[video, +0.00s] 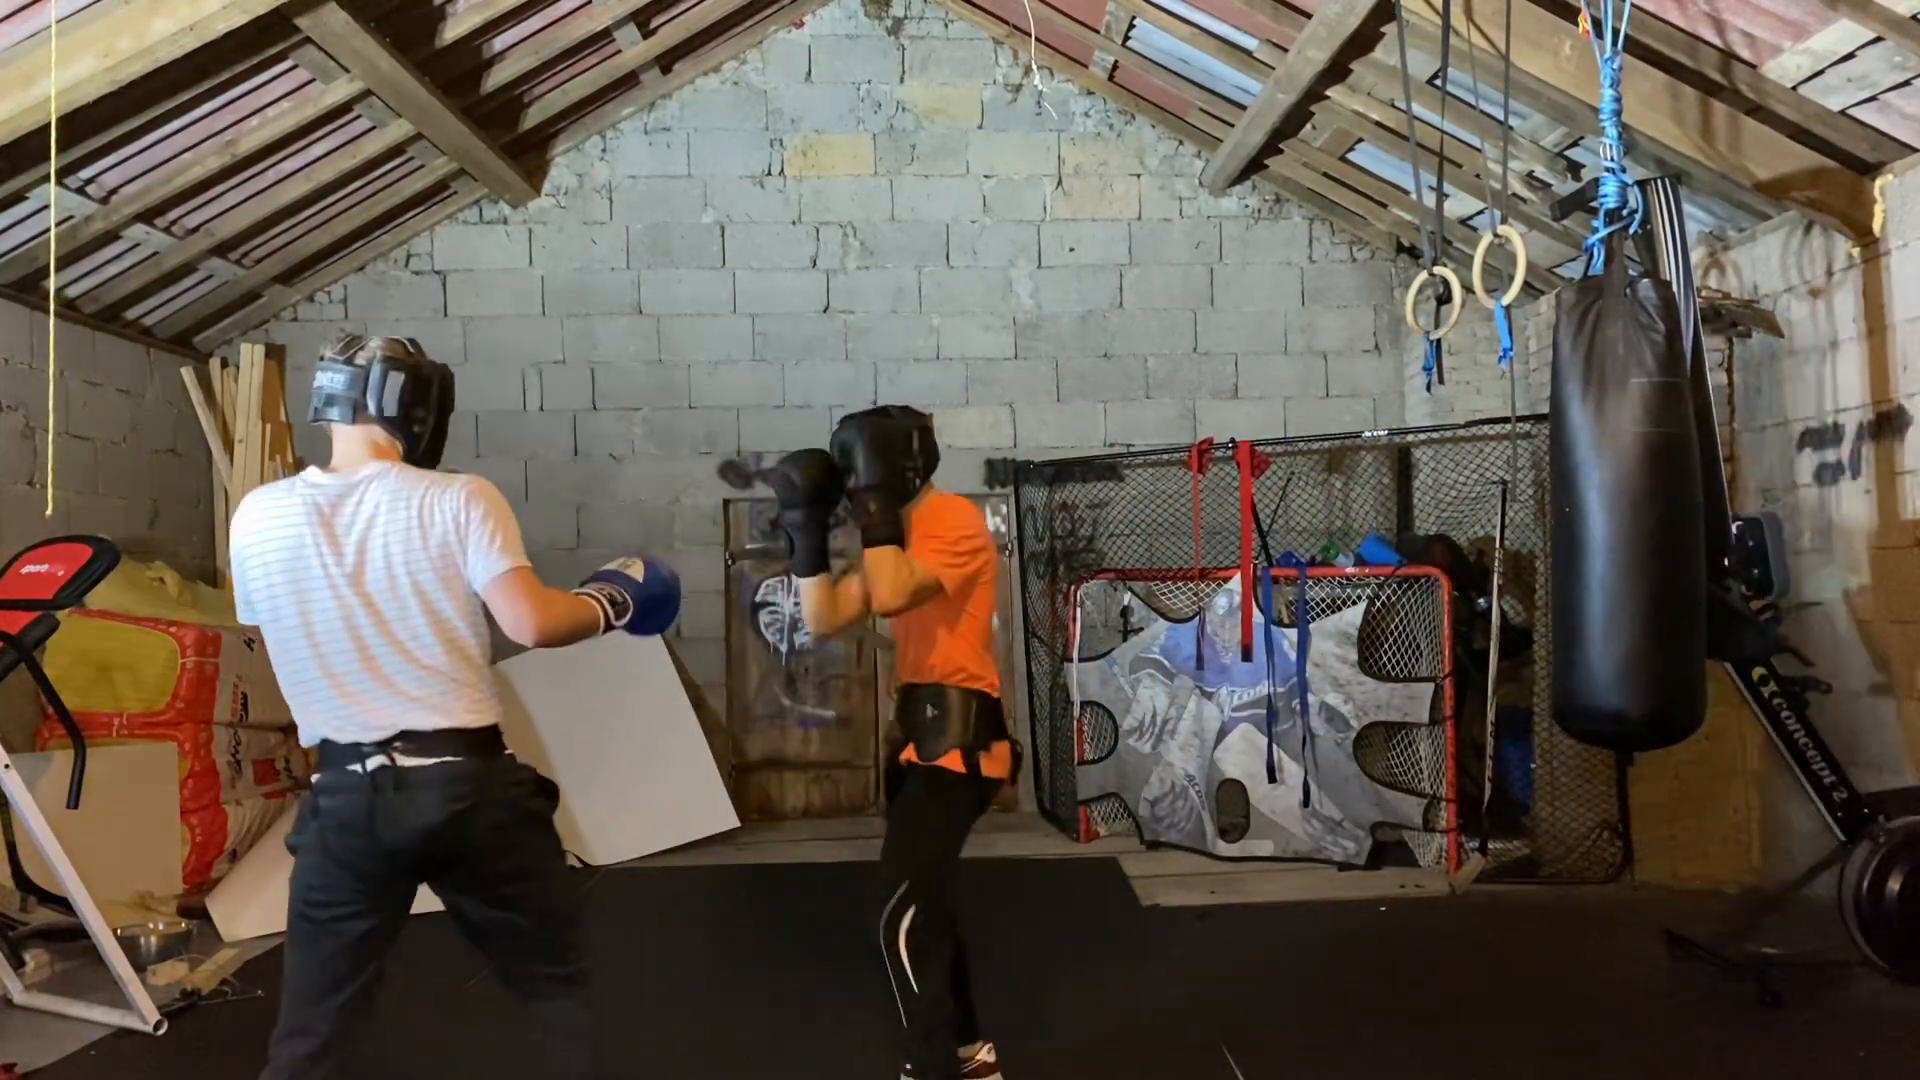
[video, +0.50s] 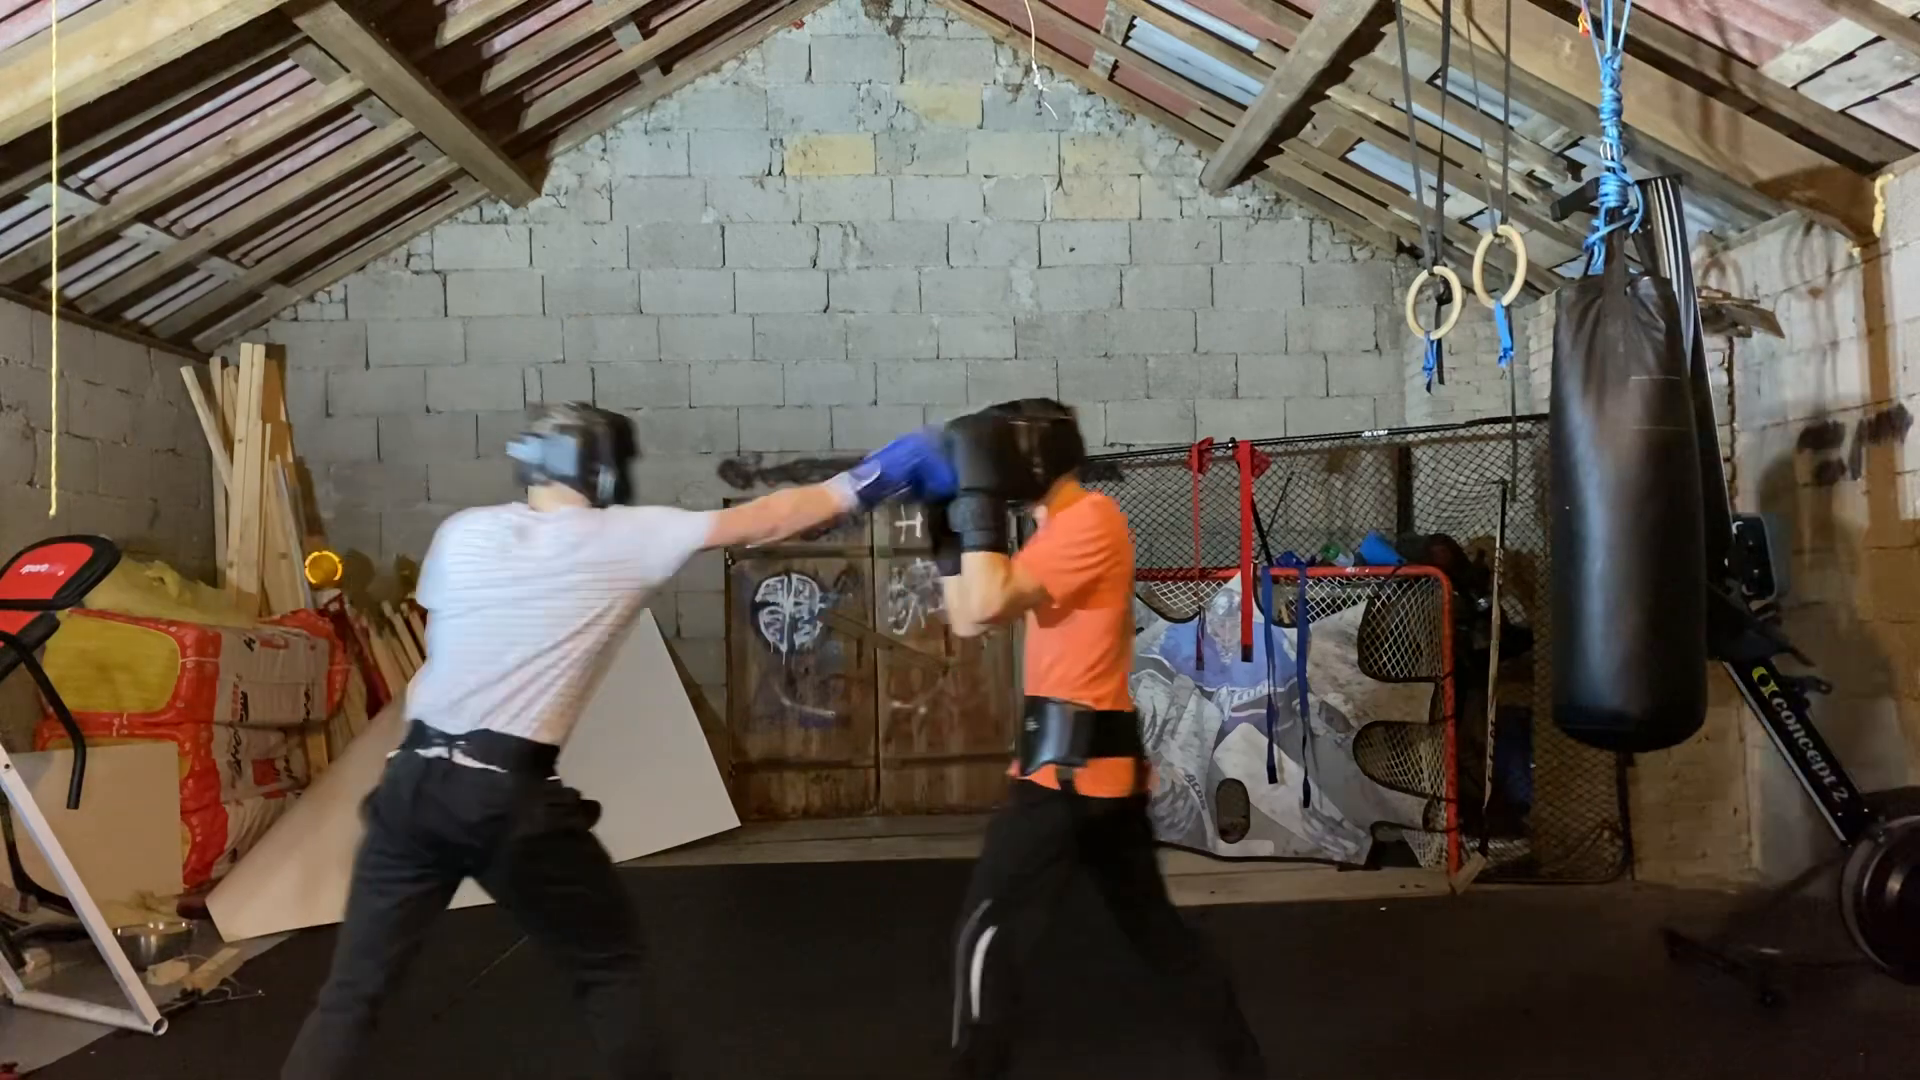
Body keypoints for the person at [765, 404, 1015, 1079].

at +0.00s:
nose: (860, 487)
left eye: (865, 474)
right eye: (857, 477)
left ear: (896, 466)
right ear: (904, 464)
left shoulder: (955, 519)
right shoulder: (898, 538)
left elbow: (890, 593)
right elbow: (824, 616)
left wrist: (873, 498)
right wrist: (806, 522)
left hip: (961, 736)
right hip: (922, 735)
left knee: (901, 916)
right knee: (926, 902)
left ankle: (931, 1067)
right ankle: (966, 1047)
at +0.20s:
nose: (878, 473)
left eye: (882, 459)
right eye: (878, 458)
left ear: (912, 457)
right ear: (935, 450)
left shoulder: (981, 508)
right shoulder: (947, 515)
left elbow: (888, 592)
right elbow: (873, 611)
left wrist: (876, 488)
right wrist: (836, 523)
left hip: (994, 735)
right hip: (989, 730)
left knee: (946, 921)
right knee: (1013, 899)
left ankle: (959, 1067)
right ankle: (1029, 1044)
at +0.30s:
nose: (914, 463)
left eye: (917, 450)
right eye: (915, 447)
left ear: (943, 451)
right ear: (964, 445)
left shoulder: (1013, 502)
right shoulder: (977, 509)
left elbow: (918, 591)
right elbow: (904, 603)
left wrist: (906, 484)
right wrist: (867, 519)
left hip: (1016, 747)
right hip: (1015, 741)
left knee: (972, 928)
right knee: (1044, 906)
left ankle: (977, 1068)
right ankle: (1138, 1046)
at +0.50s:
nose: (997, 469)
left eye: (1003, 456)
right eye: (998, 454)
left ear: (1028, 460)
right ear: (1058, 455)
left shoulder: (1088, 522)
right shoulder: (1067, 523)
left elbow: (978, 608)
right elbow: (968, 615)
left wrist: (976, 499)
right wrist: (949, 523)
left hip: (1072, 761)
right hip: (1099, 758)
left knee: (984, 928)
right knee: (1153, 927)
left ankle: (974, 1066)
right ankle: (1241, 1061)